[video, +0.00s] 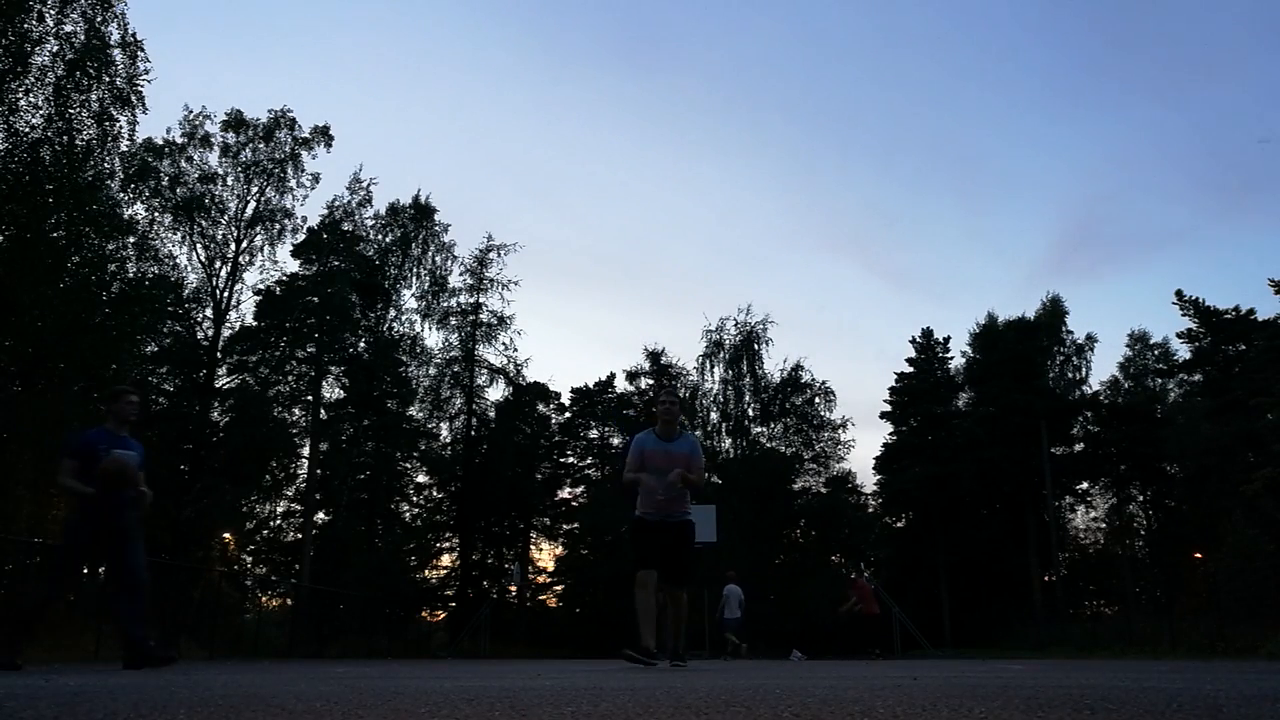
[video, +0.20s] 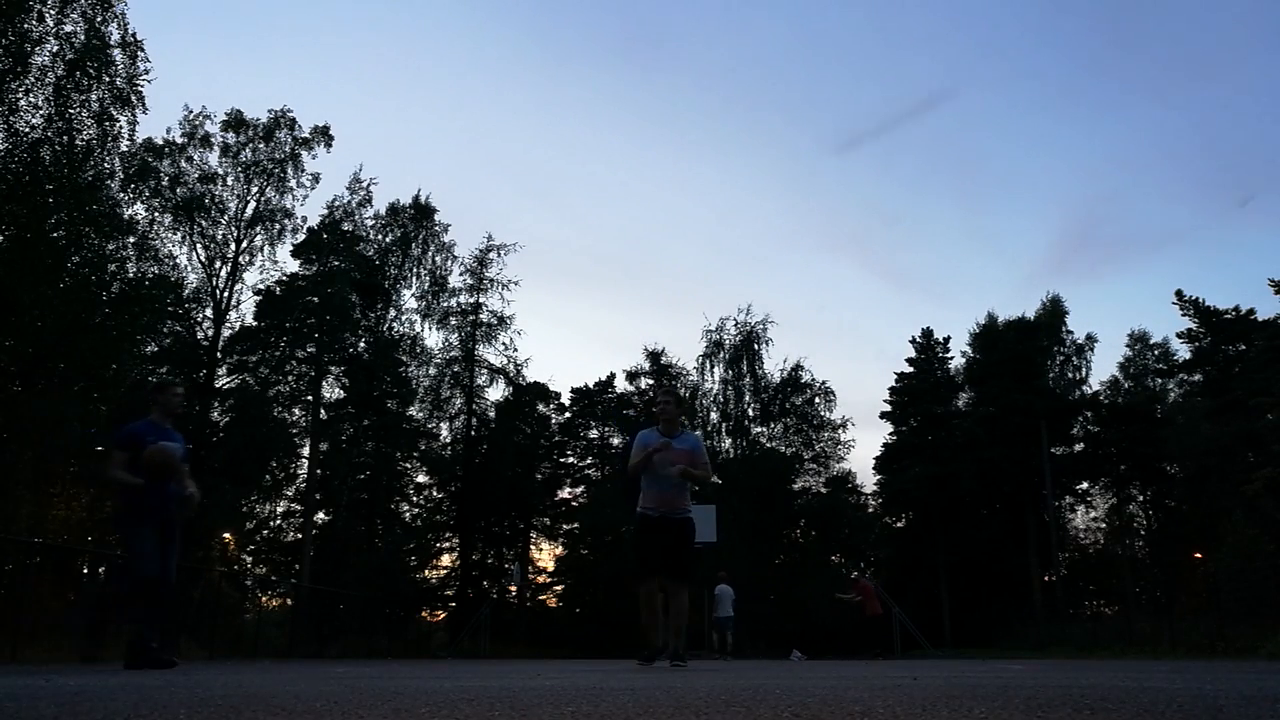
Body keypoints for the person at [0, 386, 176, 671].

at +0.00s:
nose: (133, 410)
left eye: (136, 405)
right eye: (128, 404)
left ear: (137, 411)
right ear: (113, 406)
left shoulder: (135, 447)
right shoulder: (90, 439)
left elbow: (138, 482)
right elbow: (66, 478)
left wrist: (144, 491)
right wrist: (92, 492)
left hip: (124, 524)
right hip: (89, 521)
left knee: (131, 584)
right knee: (60, 582)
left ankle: (136, 651)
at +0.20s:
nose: (179, 401)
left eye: (181, 397)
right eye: (175, 396)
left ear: (177, 401)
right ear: (160, 397)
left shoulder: (177, 437)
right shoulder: (137, 431)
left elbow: (182, 473)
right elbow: (114, 470)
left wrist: (190, 488)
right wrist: (142, 483)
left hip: (168, 514)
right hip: (140, 514)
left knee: (163, 582)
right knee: (142, 581)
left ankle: (157, 649)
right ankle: (138, 651)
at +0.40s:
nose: (221, 400)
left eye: (221, 396)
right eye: (216, 395)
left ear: (214, 400)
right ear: (200, 397)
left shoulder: (213, 434)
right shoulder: (177, 430)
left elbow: (222, 471)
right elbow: (154, 472)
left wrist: (238, 496)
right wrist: (183, 485)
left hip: (201, 513)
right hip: (175, 512)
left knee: (173, 580)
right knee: (193, 577)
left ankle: (147, 650)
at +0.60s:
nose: (260, 404)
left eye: (260, 399)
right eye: (255, 399)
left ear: (251, 404)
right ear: (238, 401)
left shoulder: (252, 439)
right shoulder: (219, 434)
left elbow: (258, 484)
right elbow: (198, 476)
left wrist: (273, 520)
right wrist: (225, 487)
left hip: (239, 519)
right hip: (218, 519)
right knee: (244, 579)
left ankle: (164, 641)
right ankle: (246, 652)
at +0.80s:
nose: (302, 396)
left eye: (303, 392)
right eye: (298, 391)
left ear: (294, 394)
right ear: (282, 390)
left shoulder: (288, 426)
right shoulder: (260, 421)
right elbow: (242, 458)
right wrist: (279, 448)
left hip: (279, 509)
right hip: (258, 509)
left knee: (288, 574)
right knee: (261, 575)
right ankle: (247, 650)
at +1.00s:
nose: (345, 407)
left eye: (349, 402)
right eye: (343, 400)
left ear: (347, 403)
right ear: (331, 395)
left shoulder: (332, 433)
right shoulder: (303, 424)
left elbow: (325, 469)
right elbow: (284, 457)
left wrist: (352, 462)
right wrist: (322, 465)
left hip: (316, 514)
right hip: (290, 513)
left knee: (331, 579)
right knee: (271, 579)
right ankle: (248, 651)